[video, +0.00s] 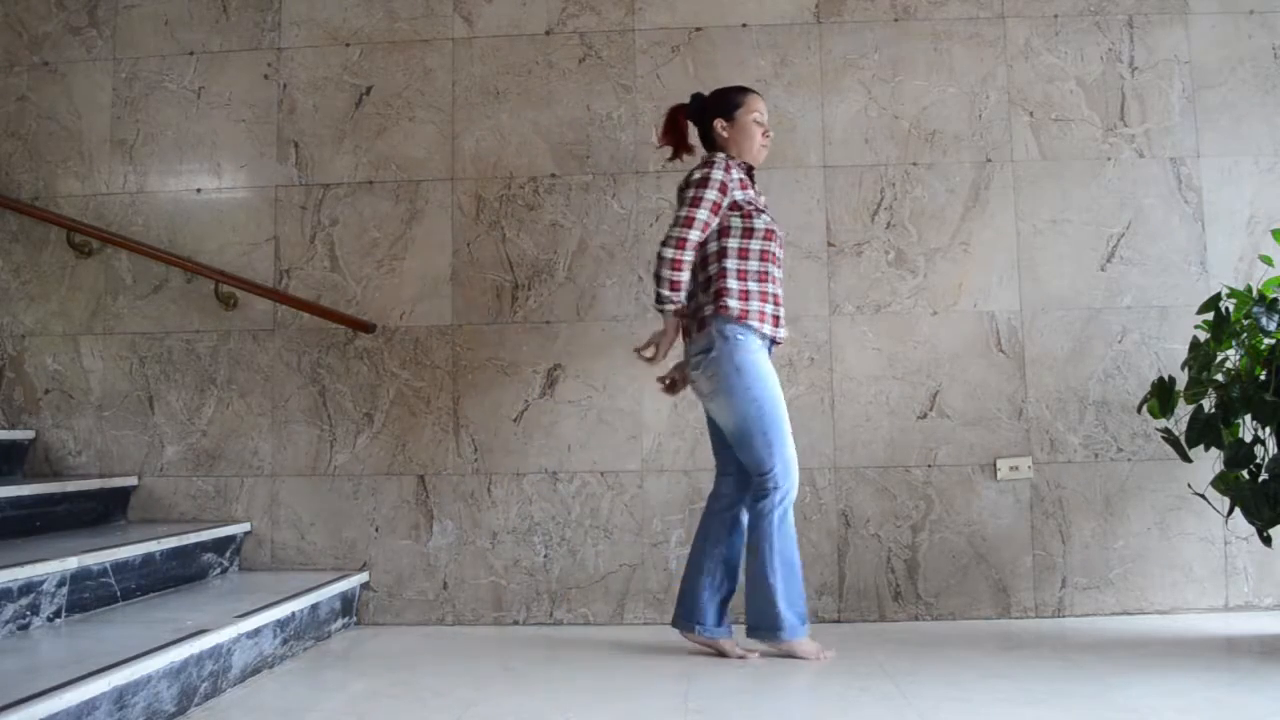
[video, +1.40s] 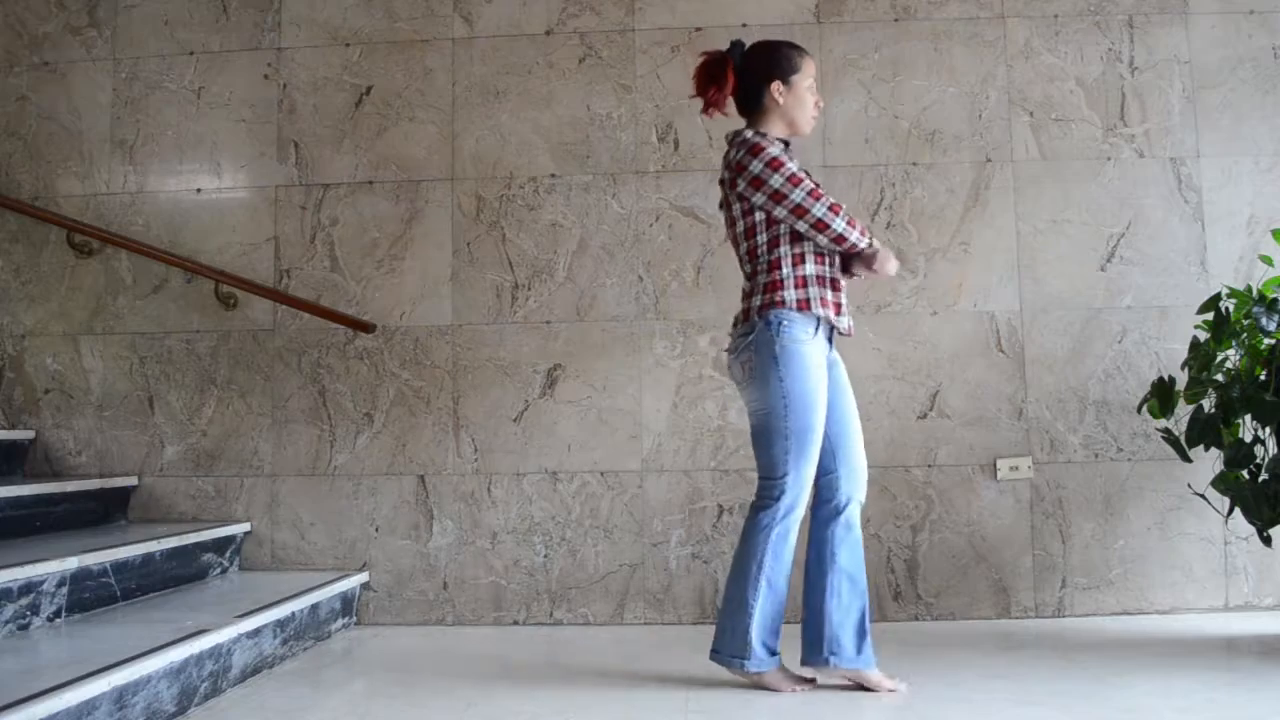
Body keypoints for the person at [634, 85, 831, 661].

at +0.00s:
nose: (767, 133)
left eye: (767, 125)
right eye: (757, 123)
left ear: (732, 131)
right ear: (722, 128)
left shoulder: (738, 184)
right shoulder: (718, 172)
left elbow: (717, 278)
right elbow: (681, 247)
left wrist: (692, 355)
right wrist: (670, 318)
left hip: (730, 342)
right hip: (731, 342)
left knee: (734, 487)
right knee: (776, 479)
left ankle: (703, 620)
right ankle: (781, 628)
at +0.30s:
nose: (781, 133)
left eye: (781, 124)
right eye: (771, 122)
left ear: (739, 132)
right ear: (734, 128)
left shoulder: (728, 187)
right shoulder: (737, 179)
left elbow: (706, 276)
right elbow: (729, 254)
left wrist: (686, 355)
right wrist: (727, 332)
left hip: (709, 348)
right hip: (735, 346)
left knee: (735, 487)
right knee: (805, 469)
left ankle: (701, 621)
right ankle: (798, 624)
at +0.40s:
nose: (784, 130)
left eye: (784, 120)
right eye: (774, 119)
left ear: (735, 129)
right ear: (737, 124)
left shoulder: (721, 179)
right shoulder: (744, 173)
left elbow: (720, 258)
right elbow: (761, 243)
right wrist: (783, 318)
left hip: (701, 347)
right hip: (731, 340)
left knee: (730, 488)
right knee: (801, 469)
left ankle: (702, 621)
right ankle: (800, 629)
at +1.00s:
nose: (806, 108)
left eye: (805, 97)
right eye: (797, 96)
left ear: (758, 104)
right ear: (763, 101)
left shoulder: (742, 168)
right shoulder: (761, 159)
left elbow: (786, 259)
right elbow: (818, 247)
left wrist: (840, 309)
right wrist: (841, 300)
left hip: (767, 339)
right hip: (768, 339)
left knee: (832, 482)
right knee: (782, 495)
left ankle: (755, 633)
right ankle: (745, 658)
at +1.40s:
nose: (819, 101)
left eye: (817, 88)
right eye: (811, 86)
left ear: (775, 93)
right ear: (778, 91)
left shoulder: (776, 158)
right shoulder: (753, 152)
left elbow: (805, 242)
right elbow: (821, 214)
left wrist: (858, 252)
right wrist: (870, 249)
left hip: (815, 334)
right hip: (781, 331)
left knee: (843, 491)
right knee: (786, 492)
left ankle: (839, 652)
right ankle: (747, 652)